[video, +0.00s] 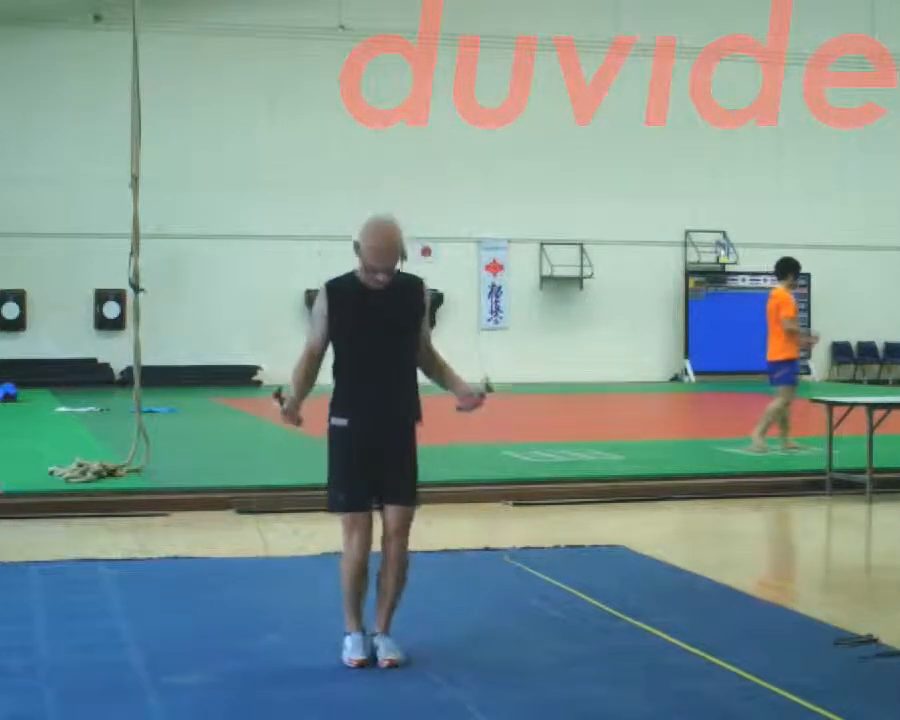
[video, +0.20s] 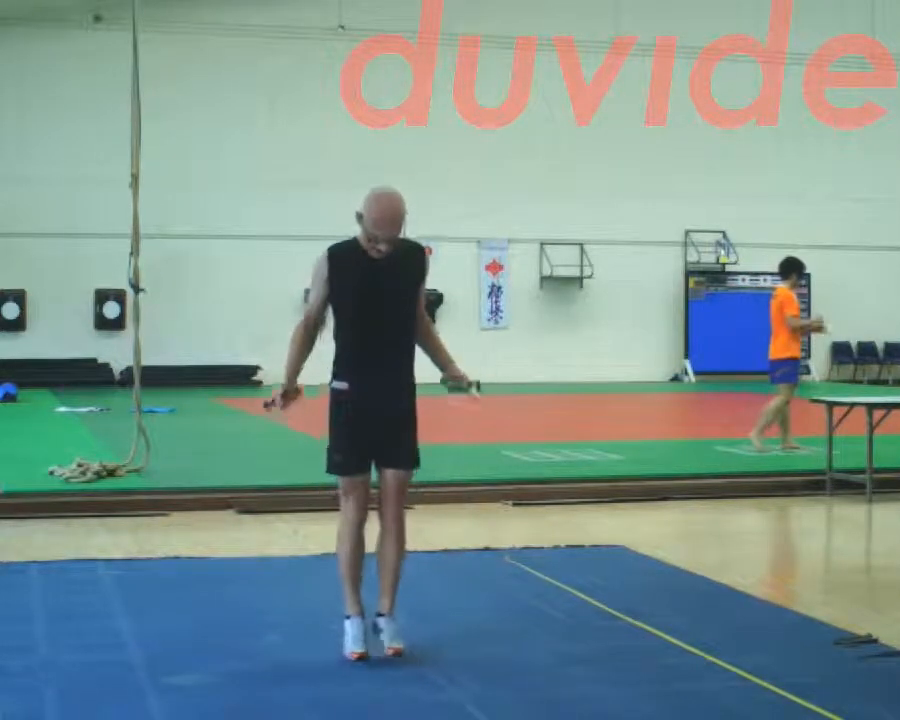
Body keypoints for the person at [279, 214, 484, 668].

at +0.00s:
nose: (381, 277)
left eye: (389, 268)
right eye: (373, 269)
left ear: (401, 256)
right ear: (357, 254)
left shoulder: (416, 294)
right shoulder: (333, 295)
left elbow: (424, 353)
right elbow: (313, 354)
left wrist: (459, 387)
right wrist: (295, 399)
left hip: (398, 426)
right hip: (350, 426)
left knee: (398, 530)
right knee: (357, 532)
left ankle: (382, 632)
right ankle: (354, 632)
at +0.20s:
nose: (383, 246)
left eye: (392, 238)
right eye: (375, 238)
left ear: (404, 225)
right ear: (360, 221)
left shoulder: (415, 259)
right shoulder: (334, 261)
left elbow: (418, 319)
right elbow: (310, 322)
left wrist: (449, 367)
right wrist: (290, 380)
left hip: (398, 395)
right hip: (351, 397)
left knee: (394, 506)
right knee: (355, 504)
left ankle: (386, 616)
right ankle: (354, 617)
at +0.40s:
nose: (382, 272)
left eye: (390, 265)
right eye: (374, 265)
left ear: (401, 252)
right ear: (358, 250)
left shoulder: (414, 286)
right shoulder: (332, 287)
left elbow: (426, 346)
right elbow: (313, 345)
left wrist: (460, 379)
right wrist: (297, 384)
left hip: (397, 419)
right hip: (349, 419)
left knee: (395, 523)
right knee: (356, 529)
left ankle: (385, 623)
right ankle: (348, 623)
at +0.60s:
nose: (380, 253)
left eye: (388, 246)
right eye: (373, 246)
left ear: (400, 232)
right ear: (358, 229)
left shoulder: (413, 264)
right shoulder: (333, 267)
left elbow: (422, 328)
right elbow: (309, 327)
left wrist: (453, 373)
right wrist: (289, 385)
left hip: (398, 400)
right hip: (352, 401)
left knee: (394, 507)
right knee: (355, 506)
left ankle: (385, 615)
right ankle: (350, 615)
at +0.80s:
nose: (378, 262)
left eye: (387, 254)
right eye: (370, 254)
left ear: (399, 241)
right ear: (356, 240)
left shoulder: (415, 273)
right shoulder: (334, 277)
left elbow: (429, 332)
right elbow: (310, 335)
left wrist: (464, 374)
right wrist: (294, 381)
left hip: (399, 408)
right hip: (351, 409)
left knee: (396, 515)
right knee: (358, 521)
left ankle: (388, 618)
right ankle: (353, 619)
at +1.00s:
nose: (382, 258)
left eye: (390, 250)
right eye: (374, 250)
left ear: (401, 238)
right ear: (359, 235)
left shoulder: (416, 271)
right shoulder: (333, 274)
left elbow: (428, 331)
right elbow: (305, 332)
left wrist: (459, 377)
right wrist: (283, 388)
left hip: (400, 404)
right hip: (353, 405)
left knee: (396, 509)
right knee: (357, 511)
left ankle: (386, 618)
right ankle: (354, 619)